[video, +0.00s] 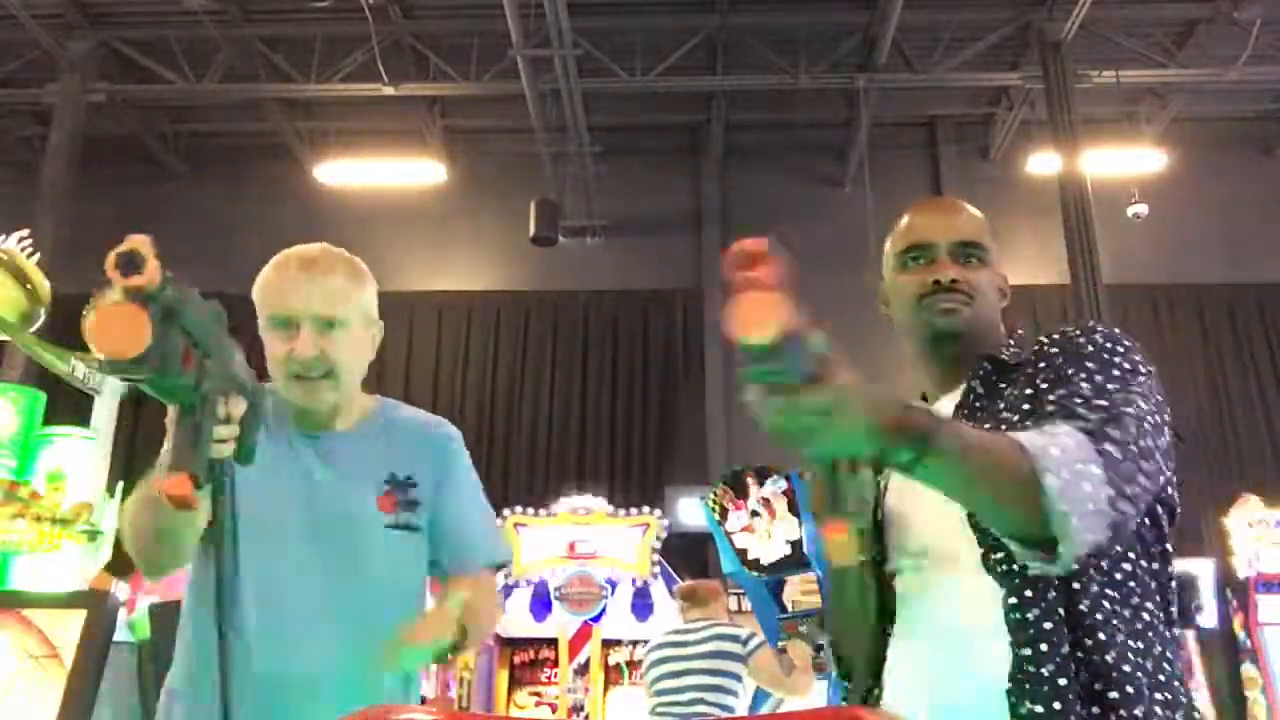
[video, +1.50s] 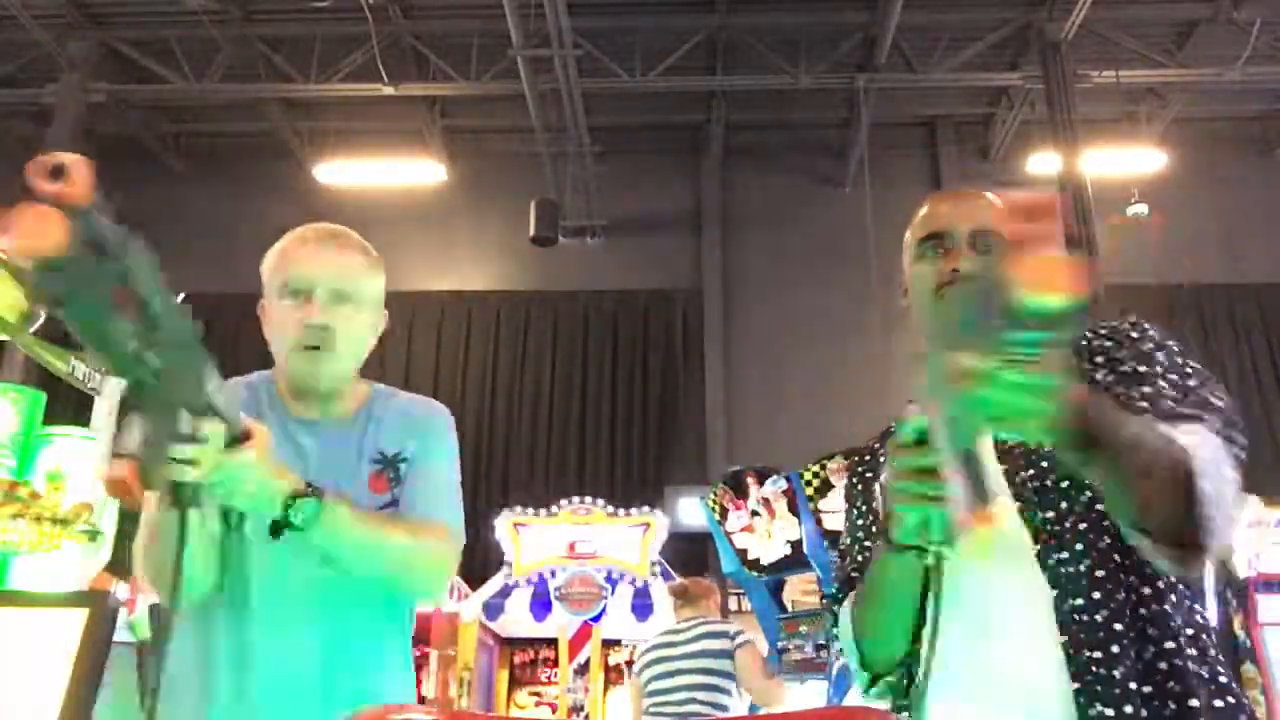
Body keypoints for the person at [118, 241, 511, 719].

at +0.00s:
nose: (304, 347)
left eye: (329, 325)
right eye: (284, 325)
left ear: (373, 337)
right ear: (260, 334)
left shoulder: (430, 447)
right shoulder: (216, 425)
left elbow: (477, 593)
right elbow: (152, 558)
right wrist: (183, 463)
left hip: (365, 710)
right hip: (216, 707)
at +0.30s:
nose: (243, 305)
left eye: (269, 280)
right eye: (220, 280)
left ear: (317, 296)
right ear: (193, 293)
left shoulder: (371, 419)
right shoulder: (143, 393)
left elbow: (395, 580)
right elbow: (65, 541)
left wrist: (328, 633)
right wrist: (76, 436)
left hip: (295, 713)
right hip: (135, 705)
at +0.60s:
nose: (248, 258)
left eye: (278, 236)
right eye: (226, 234)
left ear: (330, 255)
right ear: (199, 249)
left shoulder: (392, 389)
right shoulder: (144, 366)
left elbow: (424, 570)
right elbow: (62, 526)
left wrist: (345, 648)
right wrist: (78, 415)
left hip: (310, 709)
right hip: (136, 703)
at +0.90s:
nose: (323, 297)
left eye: (348, 279)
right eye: (300, 276)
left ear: (385, 306)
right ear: (269, 295)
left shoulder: (432, 420)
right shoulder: (221, 397)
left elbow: (473, 577)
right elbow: (160, 540)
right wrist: (182, 452)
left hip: (373, 705)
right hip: (217, 703)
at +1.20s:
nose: (274, 290)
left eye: (300, 270)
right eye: (250, 266)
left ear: (339, 295)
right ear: (217, 285)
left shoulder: (384, 401)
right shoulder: (148, 387)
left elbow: (408, 560)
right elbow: (121, 566)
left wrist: (274, 478)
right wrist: (151, 484)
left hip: (326, 704)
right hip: (159, 704)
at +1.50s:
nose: (316, 317)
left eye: (342, 299)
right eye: (297, 296)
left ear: (377, 325)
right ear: (264, 316)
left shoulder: (419, 426)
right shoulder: (208, 414)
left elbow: (431, 570)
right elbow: (171, 587)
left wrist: (284, 494)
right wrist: (171, 480)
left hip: (359, 707)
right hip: (212, 706)